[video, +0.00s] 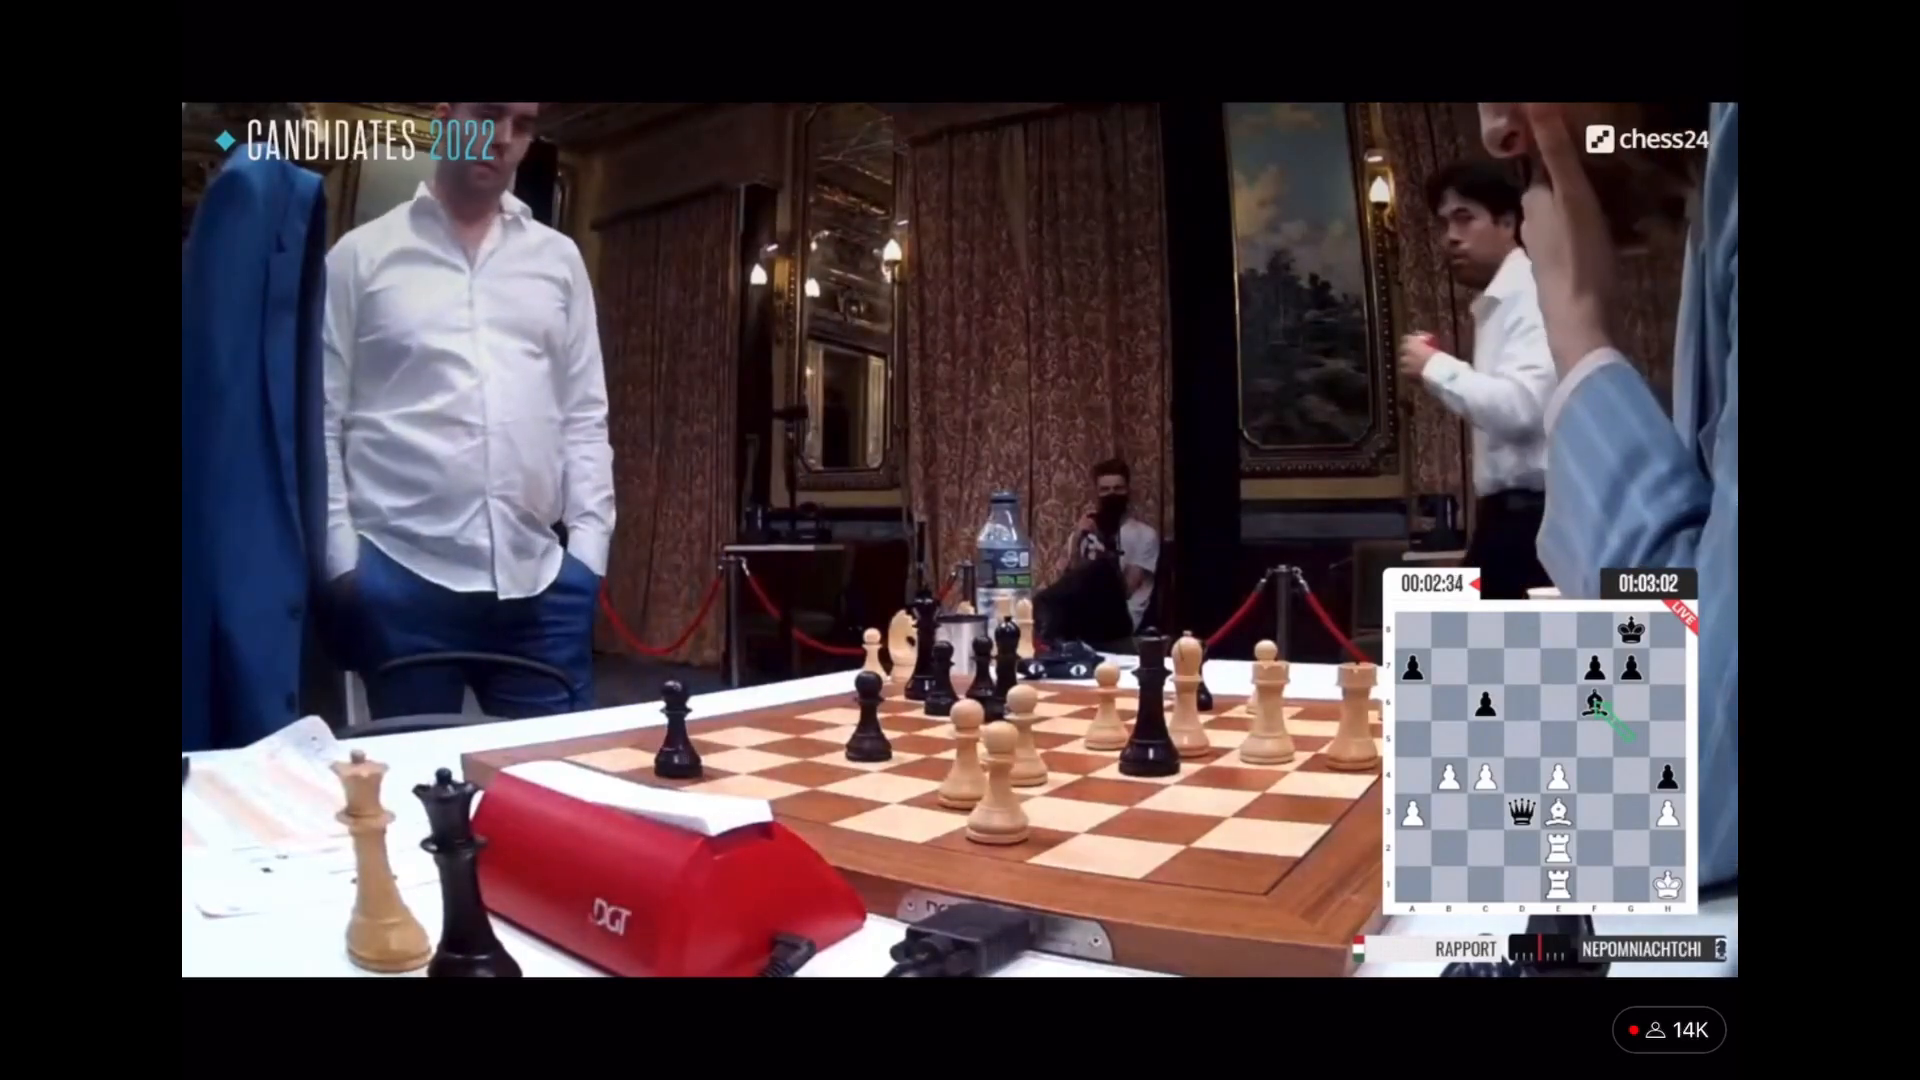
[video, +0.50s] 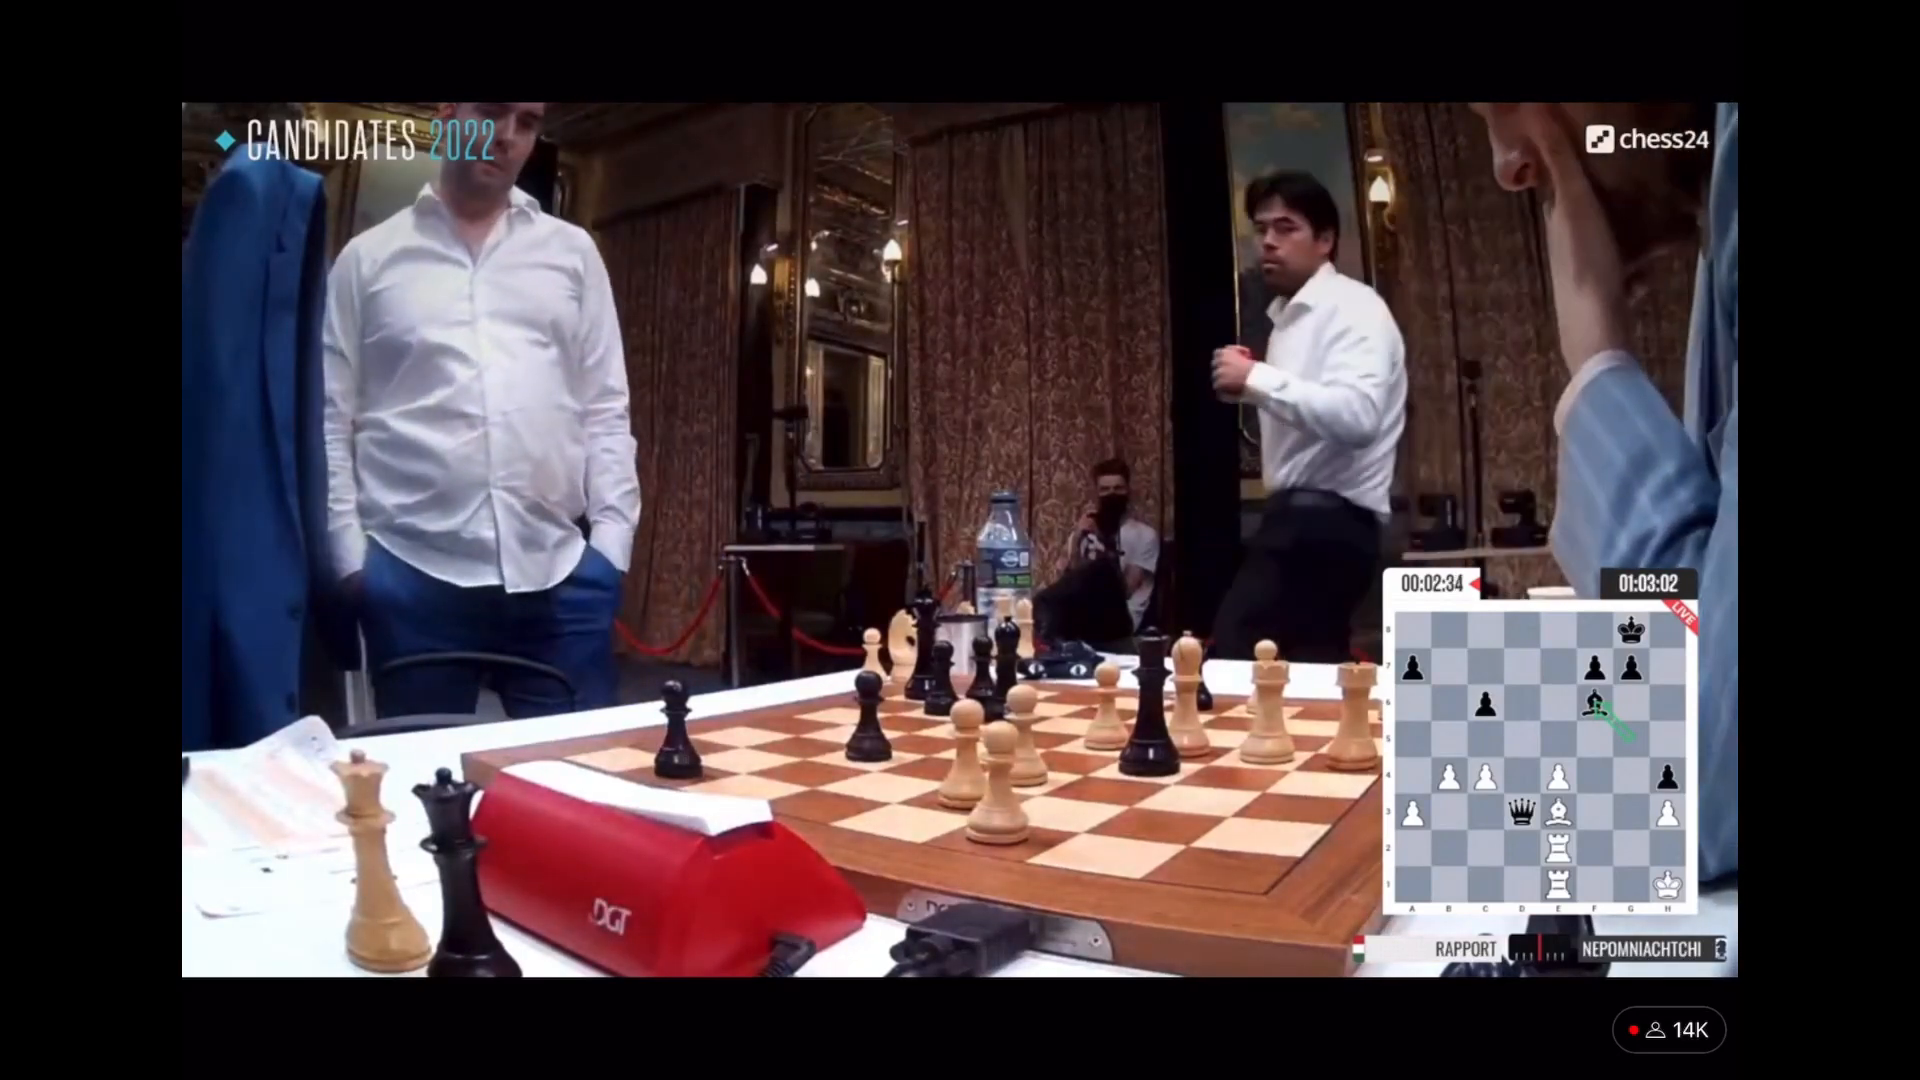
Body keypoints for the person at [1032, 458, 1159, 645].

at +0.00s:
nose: (1112, 495)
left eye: (1118, 489)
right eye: (1104, 490)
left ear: (1127, 491)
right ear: (1096, 492)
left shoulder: (1145, 535)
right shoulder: (1086, 530)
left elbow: (1126, 589)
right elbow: (1069, 578)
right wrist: (1076, 535)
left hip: (1123, 621)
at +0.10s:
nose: (1112, 495)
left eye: (1118, 489)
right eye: (1104, 490)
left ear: (1127, 491)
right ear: (1096, 493)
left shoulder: (1145, 535)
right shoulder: (1086, 531)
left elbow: (1126, 589)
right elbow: (1070, 578)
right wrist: (1077, 536)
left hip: (1123, 621)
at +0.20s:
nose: (1111, 495)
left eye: (1118, 489)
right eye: (1104, 489)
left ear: (1128, 491)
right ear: (1096, 492)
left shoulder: (1145, 535)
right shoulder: (1086, 531)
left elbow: (1126, 589)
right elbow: (1070, 579)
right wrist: (1077, 535)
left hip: (1123, 622)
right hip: (1085, 614)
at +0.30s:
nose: (1111, 495)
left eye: (1118, 489)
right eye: (1104, 489)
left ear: (1128, 491)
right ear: (1096, 492)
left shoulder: (1145, 535)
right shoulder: (1085, 531)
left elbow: (1126, 589)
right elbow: (1071, 580)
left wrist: (1102, 537)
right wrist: (1076, 535)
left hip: (1123, 621)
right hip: (1084, 614)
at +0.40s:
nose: (1112, 495)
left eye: (1118, 489)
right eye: (1104, 489)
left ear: (1128, 491)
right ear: (1096, 492)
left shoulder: (1145, 535)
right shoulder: (1085, 530)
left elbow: (1126, 589)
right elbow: (1070, 579)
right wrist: (1077, 535)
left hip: (1123, 622)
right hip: (1085, 614)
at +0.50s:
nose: (1111, 495)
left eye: (1118, 489)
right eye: (1104, 489)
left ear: (1128, 491)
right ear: (1096, 492)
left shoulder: (1145, 535)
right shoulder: (1085, 531)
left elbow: (1126, 589)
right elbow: (1069, 579)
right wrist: (1077, 535)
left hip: (1123, 622)